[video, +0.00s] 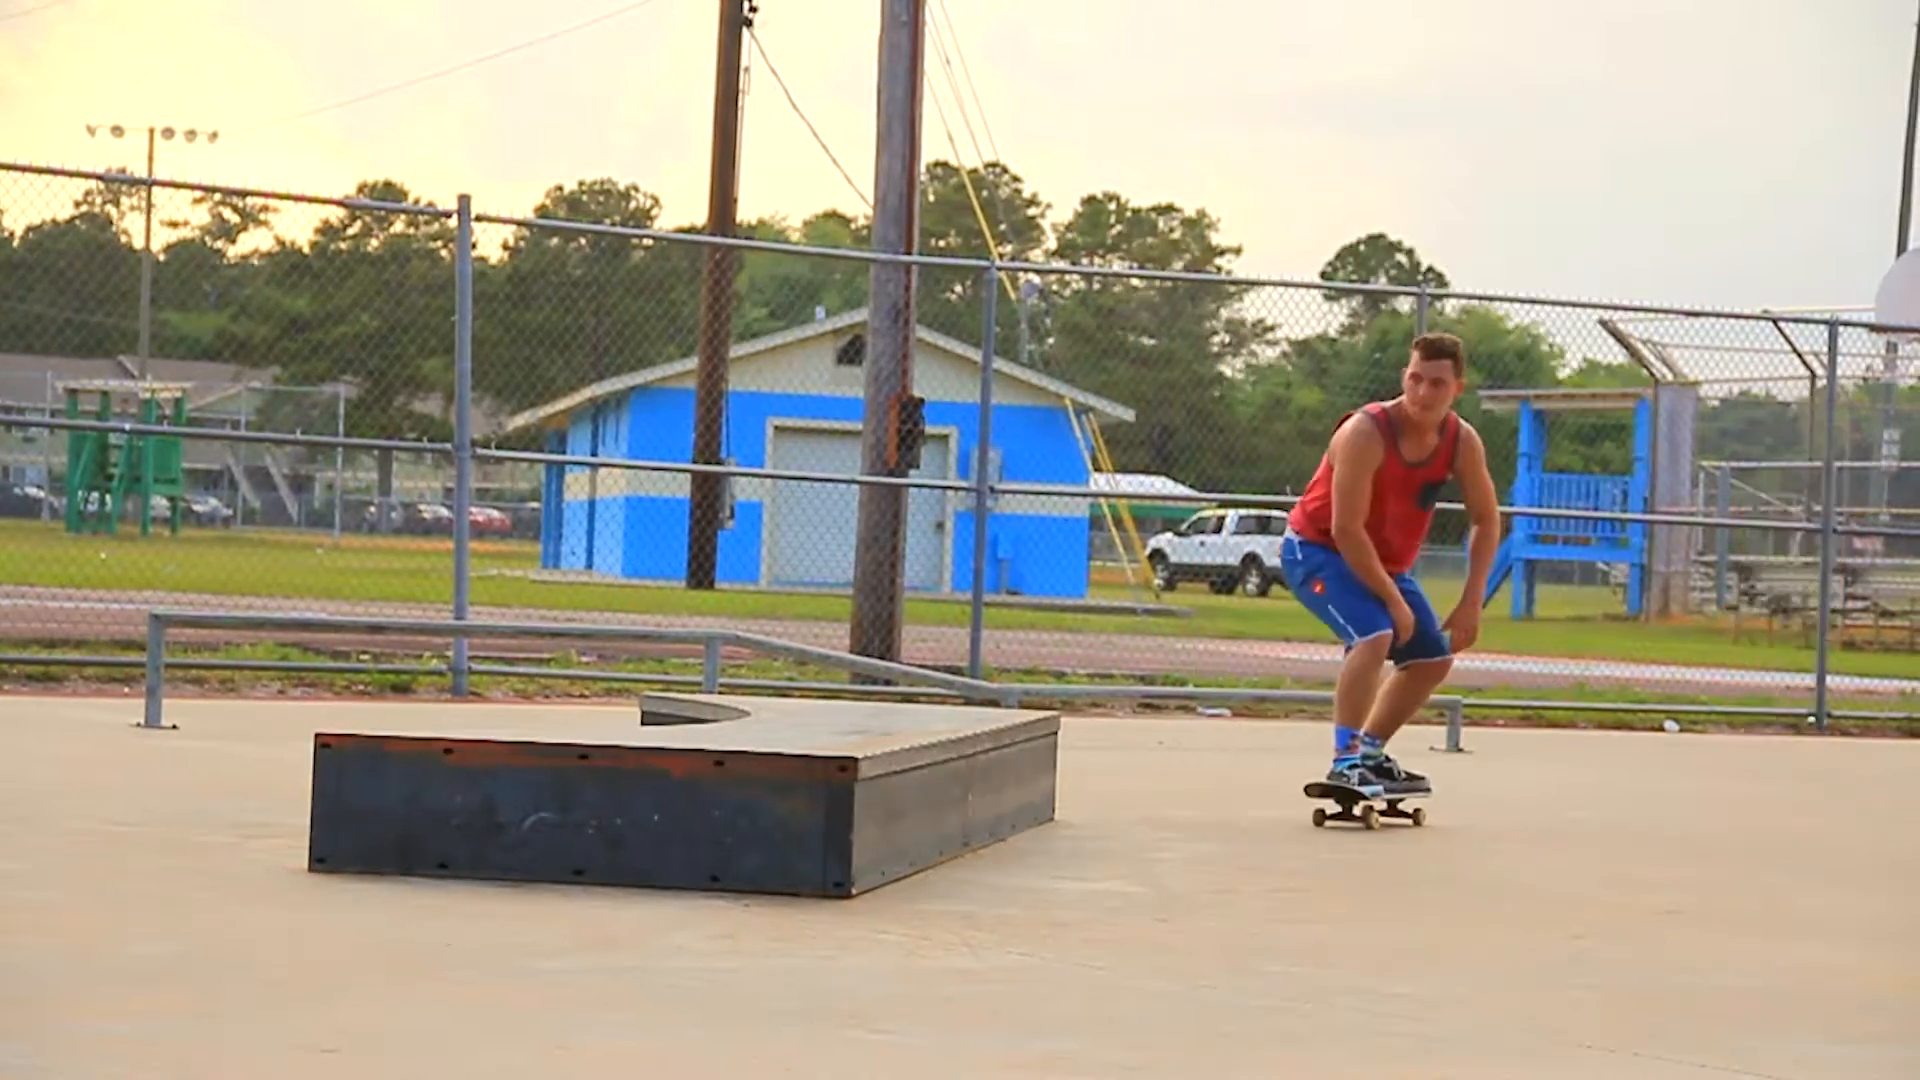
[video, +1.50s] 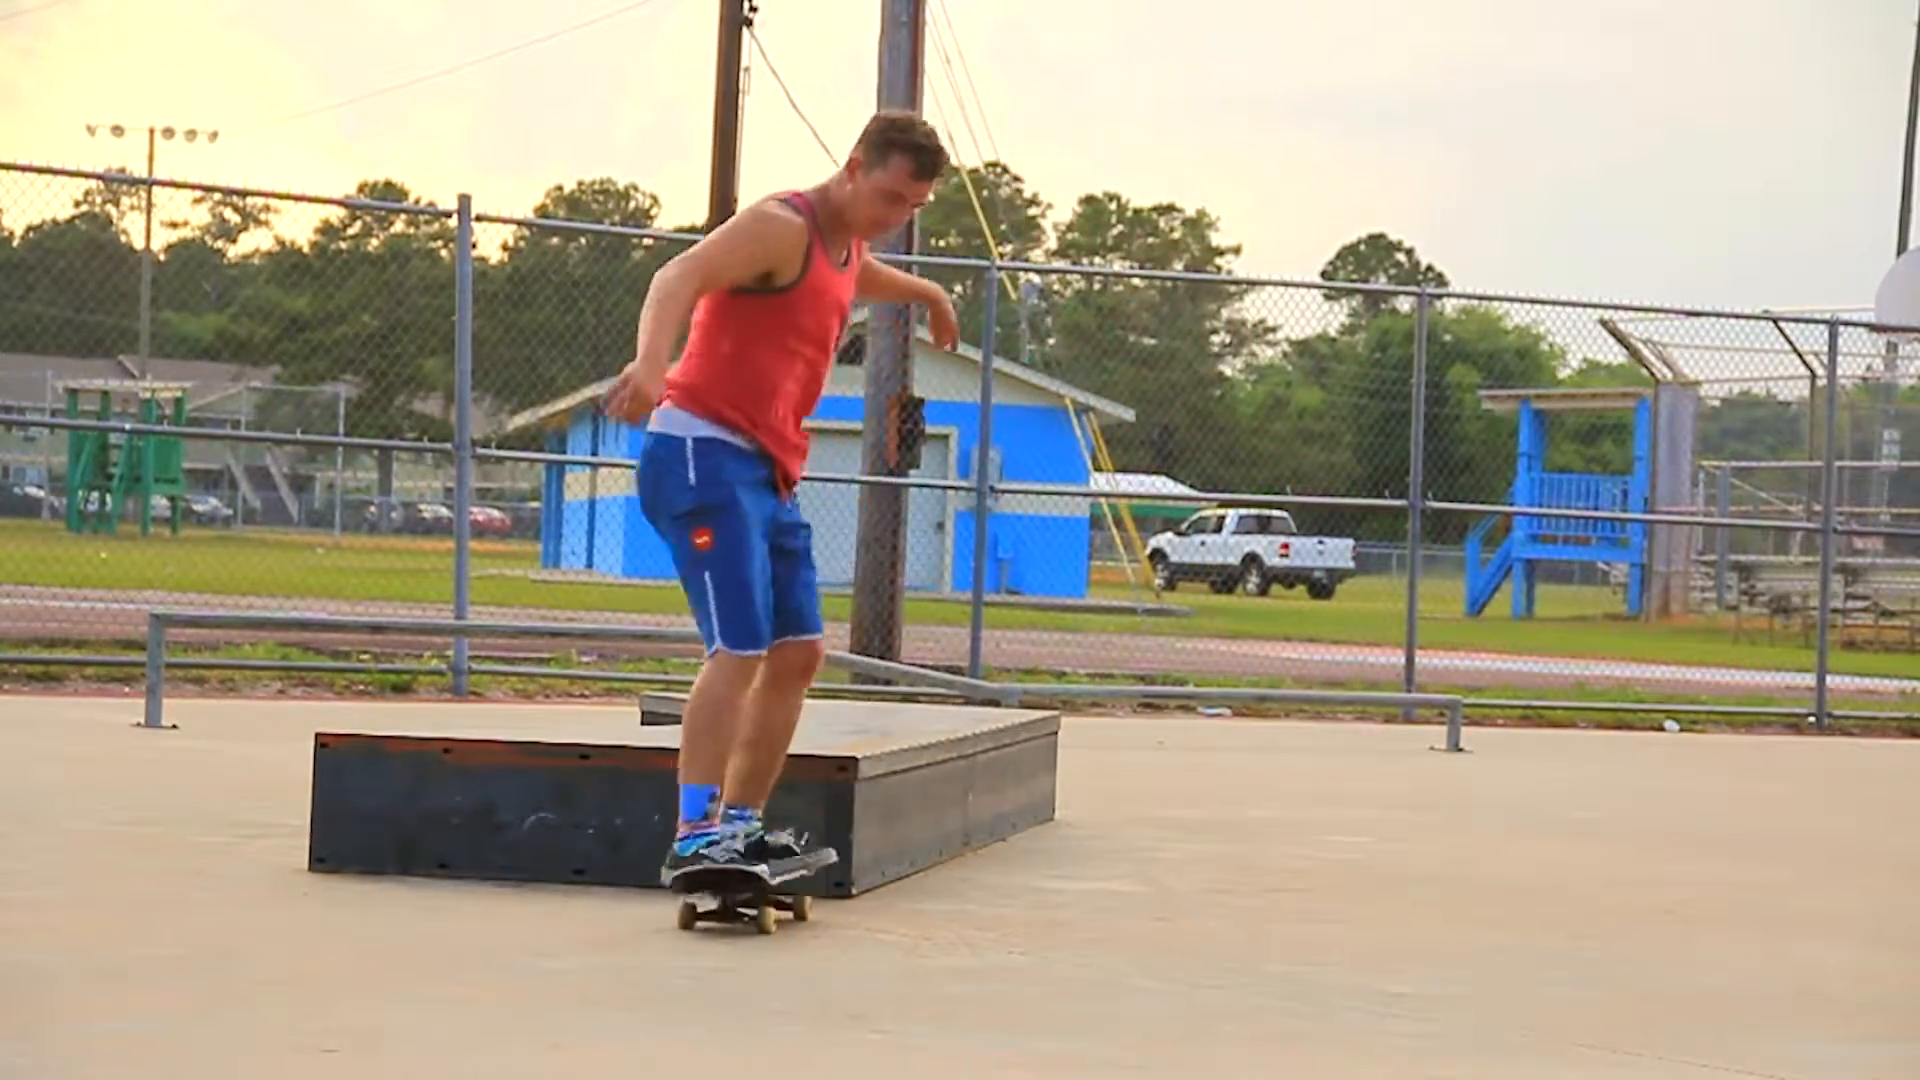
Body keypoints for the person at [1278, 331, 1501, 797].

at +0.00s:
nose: (1422, 391)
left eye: (1436, 383)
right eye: (1415, 379)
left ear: (1457, 389)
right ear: (1404, 378)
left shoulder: (1462, 442)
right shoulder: (1364, 433)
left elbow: (1487, 520)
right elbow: (1346, 530)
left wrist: (1472, 601)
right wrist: (1394, 599)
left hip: (1386, 562)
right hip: (1318, 550)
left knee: (1431, 659)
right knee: (1374, 633)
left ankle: (1368, 754)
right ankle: (1344, 760)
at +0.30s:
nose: (1320, 425)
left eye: (1335, 416)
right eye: (1314, 410)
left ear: (1358, 422)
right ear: (1302, 405)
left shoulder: (1356, 474)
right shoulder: (1255, 458)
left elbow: (1369, 563)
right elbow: (1243, 562)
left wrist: (1362, 634)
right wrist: (1287, 648)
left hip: (1264, 581)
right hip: (1190, 569)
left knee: (1326, 667)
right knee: (1261, 644)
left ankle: (1254, 761)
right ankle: (1224, 771)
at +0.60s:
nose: (1235, 309)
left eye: (1250, 304)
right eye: (1229, 293)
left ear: (1264, 303)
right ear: (1211, 272)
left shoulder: (1244, 349)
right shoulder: (1150, 301)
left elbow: (1294, 378)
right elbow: (1053, 268)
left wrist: (1363, 408)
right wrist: (966, 242)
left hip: (1134, 509)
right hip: (1070, 474)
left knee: (1144, 642)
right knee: (1107, 594)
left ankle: (1083, 769)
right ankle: (1050, 736)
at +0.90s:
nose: (1133, 218)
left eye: (1148, 210)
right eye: (1128, 199)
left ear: (1160, 200)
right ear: (1106, 168)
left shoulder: (1119, 232)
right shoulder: (1041, 197)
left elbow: (1175, 264)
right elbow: (956, 211)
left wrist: (1242, 306)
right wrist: (924, 250)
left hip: (980, 379)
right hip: (924, 343)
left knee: (1016, 516)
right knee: (953, 491)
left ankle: (919, 652)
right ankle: (889, 642)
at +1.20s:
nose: (1020, 136)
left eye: (1034, 127)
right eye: (1016, 117)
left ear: (1041, 120)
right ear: (984, 87)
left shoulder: (986, 170)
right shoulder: (918, 126)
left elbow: (1019, 200)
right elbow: (839, 126)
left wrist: (1081, 216)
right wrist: (797, 137)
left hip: (882, 350)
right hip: (820, 322)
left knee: (905, 510)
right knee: (855, 494)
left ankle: (870, 676)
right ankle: (799, 667)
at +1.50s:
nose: (898, 221)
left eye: (910, 210)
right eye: (895, 200)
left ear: (906, 197)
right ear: (854, 168)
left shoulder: (844, 252)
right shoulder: (779, 226)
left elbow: (866, 276)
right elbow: (675, 279)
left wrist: (935, 294)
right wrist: (651, 363)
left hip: (765, 472)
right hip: (702, 454)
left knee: (797, 650)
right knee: (739, 646)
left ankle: (735, 832)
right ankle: (693, 834)